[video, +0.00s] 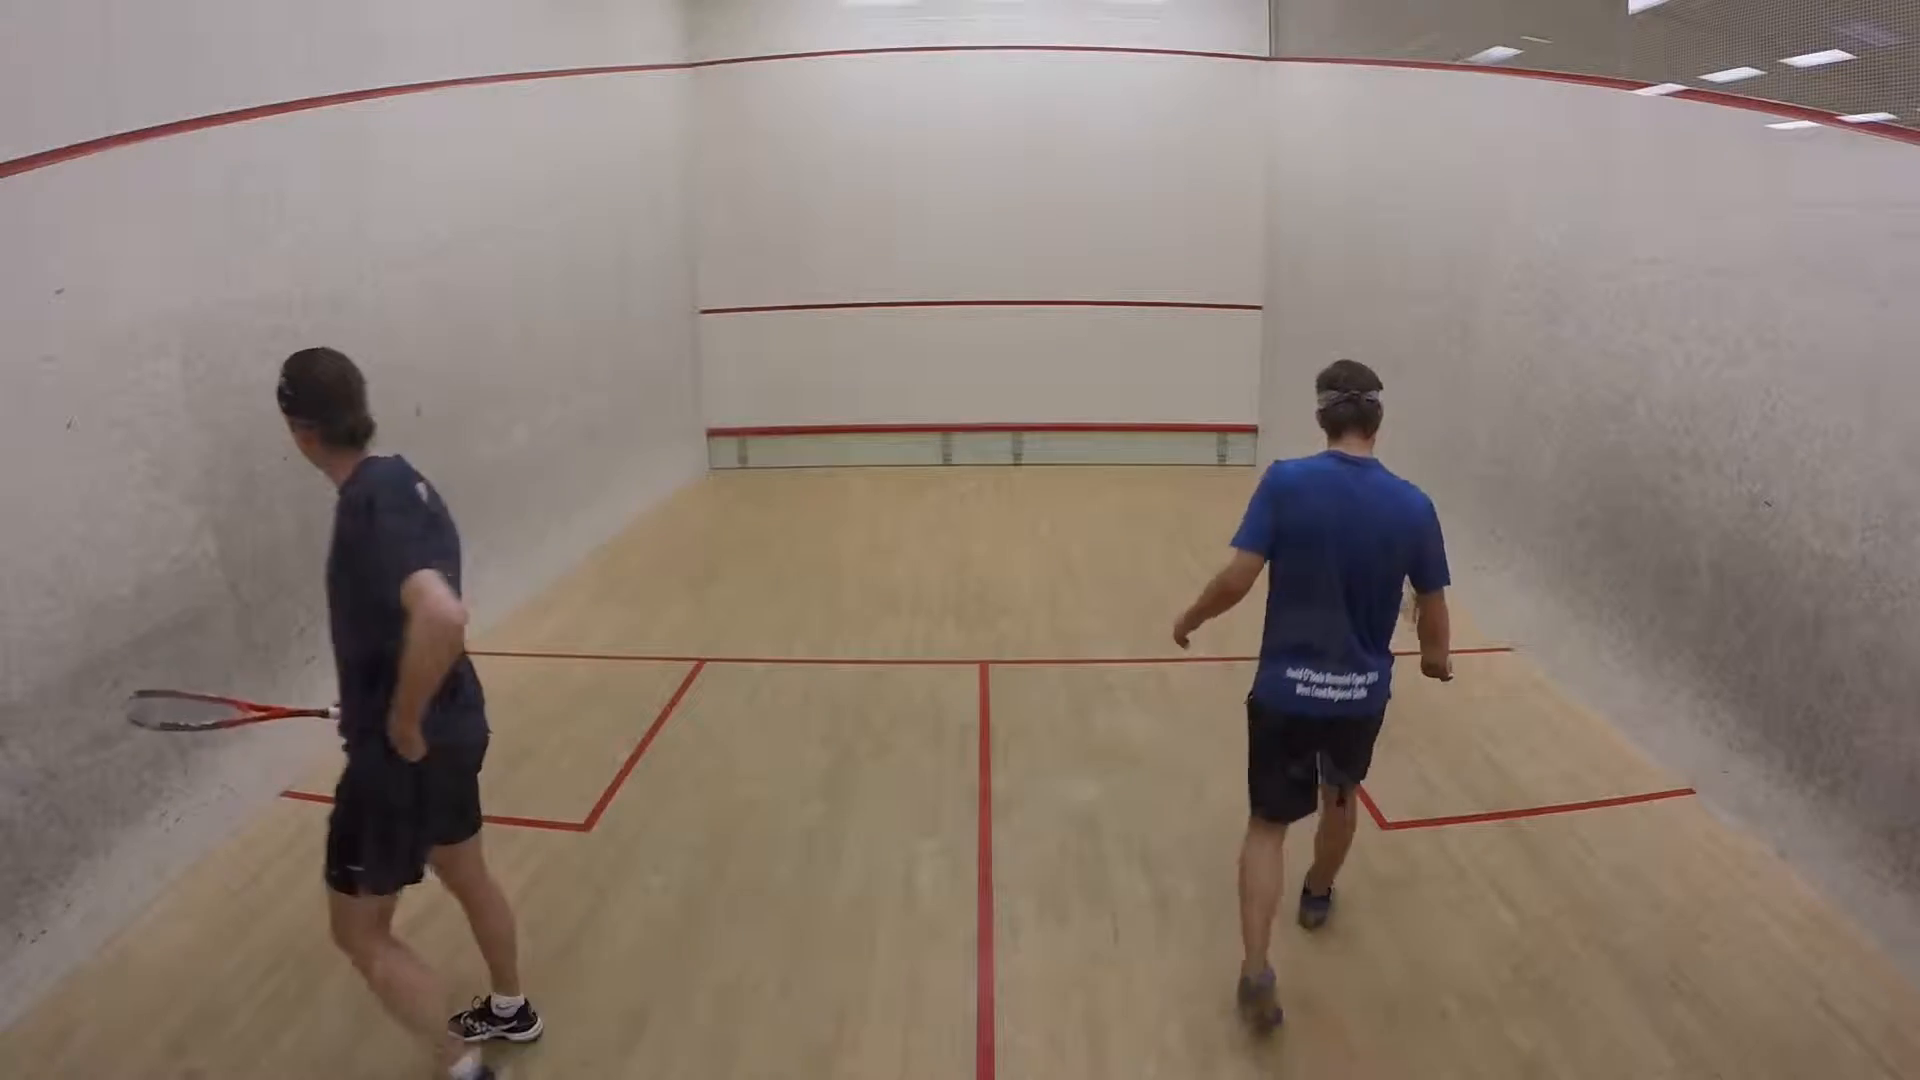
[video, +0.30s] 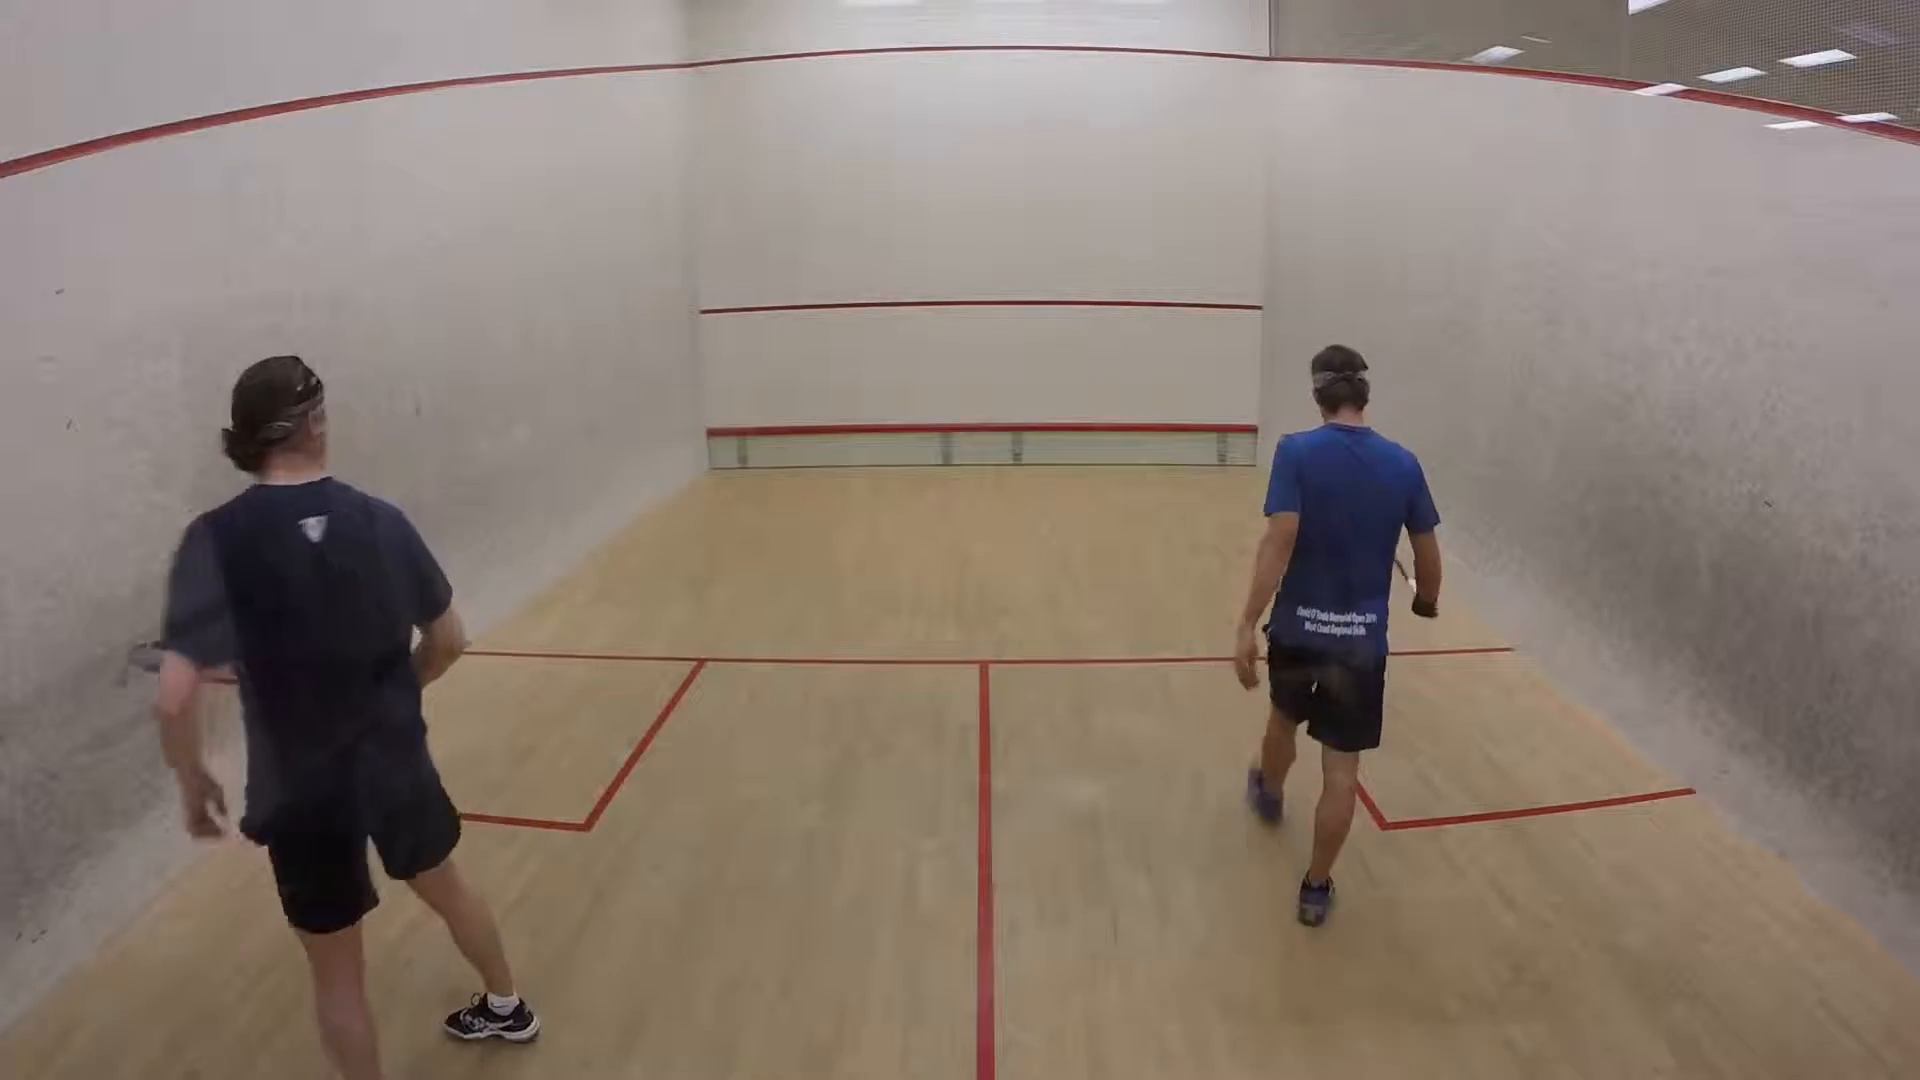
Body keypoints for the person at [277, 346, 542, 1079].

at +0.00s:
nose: (289, 432)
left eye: (288, 421)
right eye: (289, 419)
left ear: (301, 432)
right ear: (363, 410)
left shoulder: (374, 503)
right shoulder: (401, 481)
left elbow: (442, 617)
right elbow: (425, 608)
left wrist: (407, 716)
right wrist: (363, 699)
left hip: (395, 750)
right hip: (449, 731)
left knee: (360, 931)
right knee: (466, 868)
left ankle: (457, 1063)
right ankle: (512, 1006)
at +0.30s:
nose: (327, 421)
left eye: (319, 410)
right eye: (322, 412)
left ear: (243, 439)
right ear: (315, 427)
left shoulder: (214, 540)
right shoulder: (377, 518)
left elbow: (175, 696)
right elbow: (448, 637)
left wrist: (193, 778)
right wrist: (397, 685)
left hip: (299, 792)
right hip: (395, 766)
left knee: (338, 972)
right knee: (445, 883)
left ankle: (361, 1074)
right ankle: (508, 1004)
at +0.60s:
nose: (318, 437)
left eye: (315, 422)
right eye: (306, 425)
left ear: (248, 439)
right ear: (264, 437)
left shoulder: (167, 549)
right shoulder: (322, 534)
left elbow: (151, 687)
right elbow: (405, 680)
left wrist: (224, 650)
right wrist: (348, 630)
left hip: (264, 805)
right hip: (363, 777)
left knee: (323, 975)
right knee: (462, 914)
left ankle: (357, 1077)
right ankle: (534, 1033)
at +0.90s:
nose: (369, 444)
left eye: (366, 427)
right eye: (357, 429)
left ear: (297, 442)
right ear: (307, 441)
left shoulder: (216, 549)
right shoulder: (357, 548)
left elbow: (228, 683)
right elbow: (480, 649)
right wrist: (465, 585)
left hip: (314, 810)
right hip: (408, 792)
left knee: (349, 980)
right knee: (534, 943)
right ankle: (624, 1072)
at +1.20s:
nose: (471, 444)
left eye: (471, 429)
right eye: (467, 430)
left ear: (378, 429)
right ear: (440, 432)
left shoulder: (305, 532)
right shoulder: (460, 521)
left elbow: (275, 671)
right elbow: (573, 501)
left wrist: (361, 648)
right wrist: (485, 468)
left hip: (404, 804)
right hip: (501, 792)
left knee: (406, 949)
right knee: (573, 958)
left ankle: (406, 1070)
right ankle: (632, 1072)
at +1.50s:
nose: (499, 446)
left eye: (498, 435)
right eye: (494, 437)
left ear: (406, 431)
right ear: (474, 444)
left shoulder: (331, 517)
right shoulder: (472, 521)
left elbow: (294, 644)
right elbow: (572, 476)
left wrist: (380, 625)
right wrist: (502, 451)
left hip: (412, 801)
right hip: (509, 792)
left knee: (423, 952)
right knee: (572, 958)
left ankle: (435, 1070)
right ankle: (632, 1072)